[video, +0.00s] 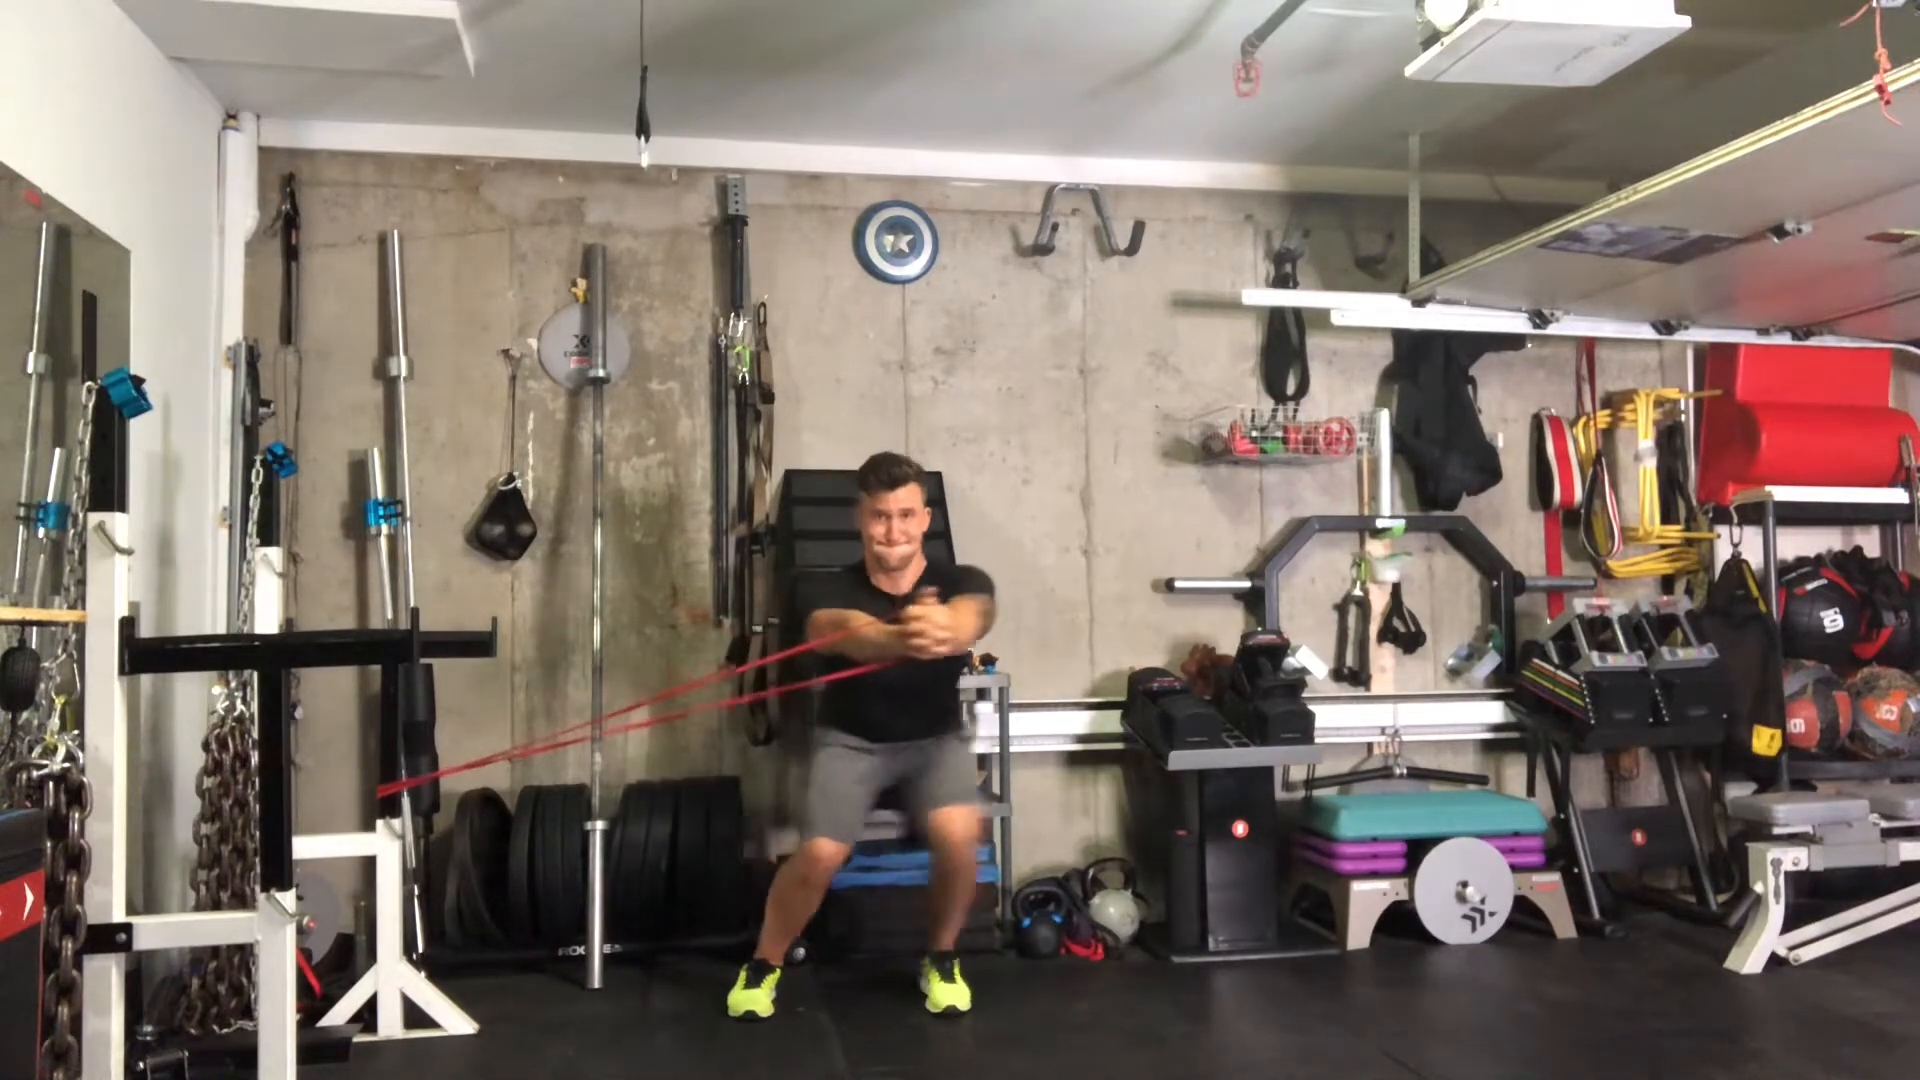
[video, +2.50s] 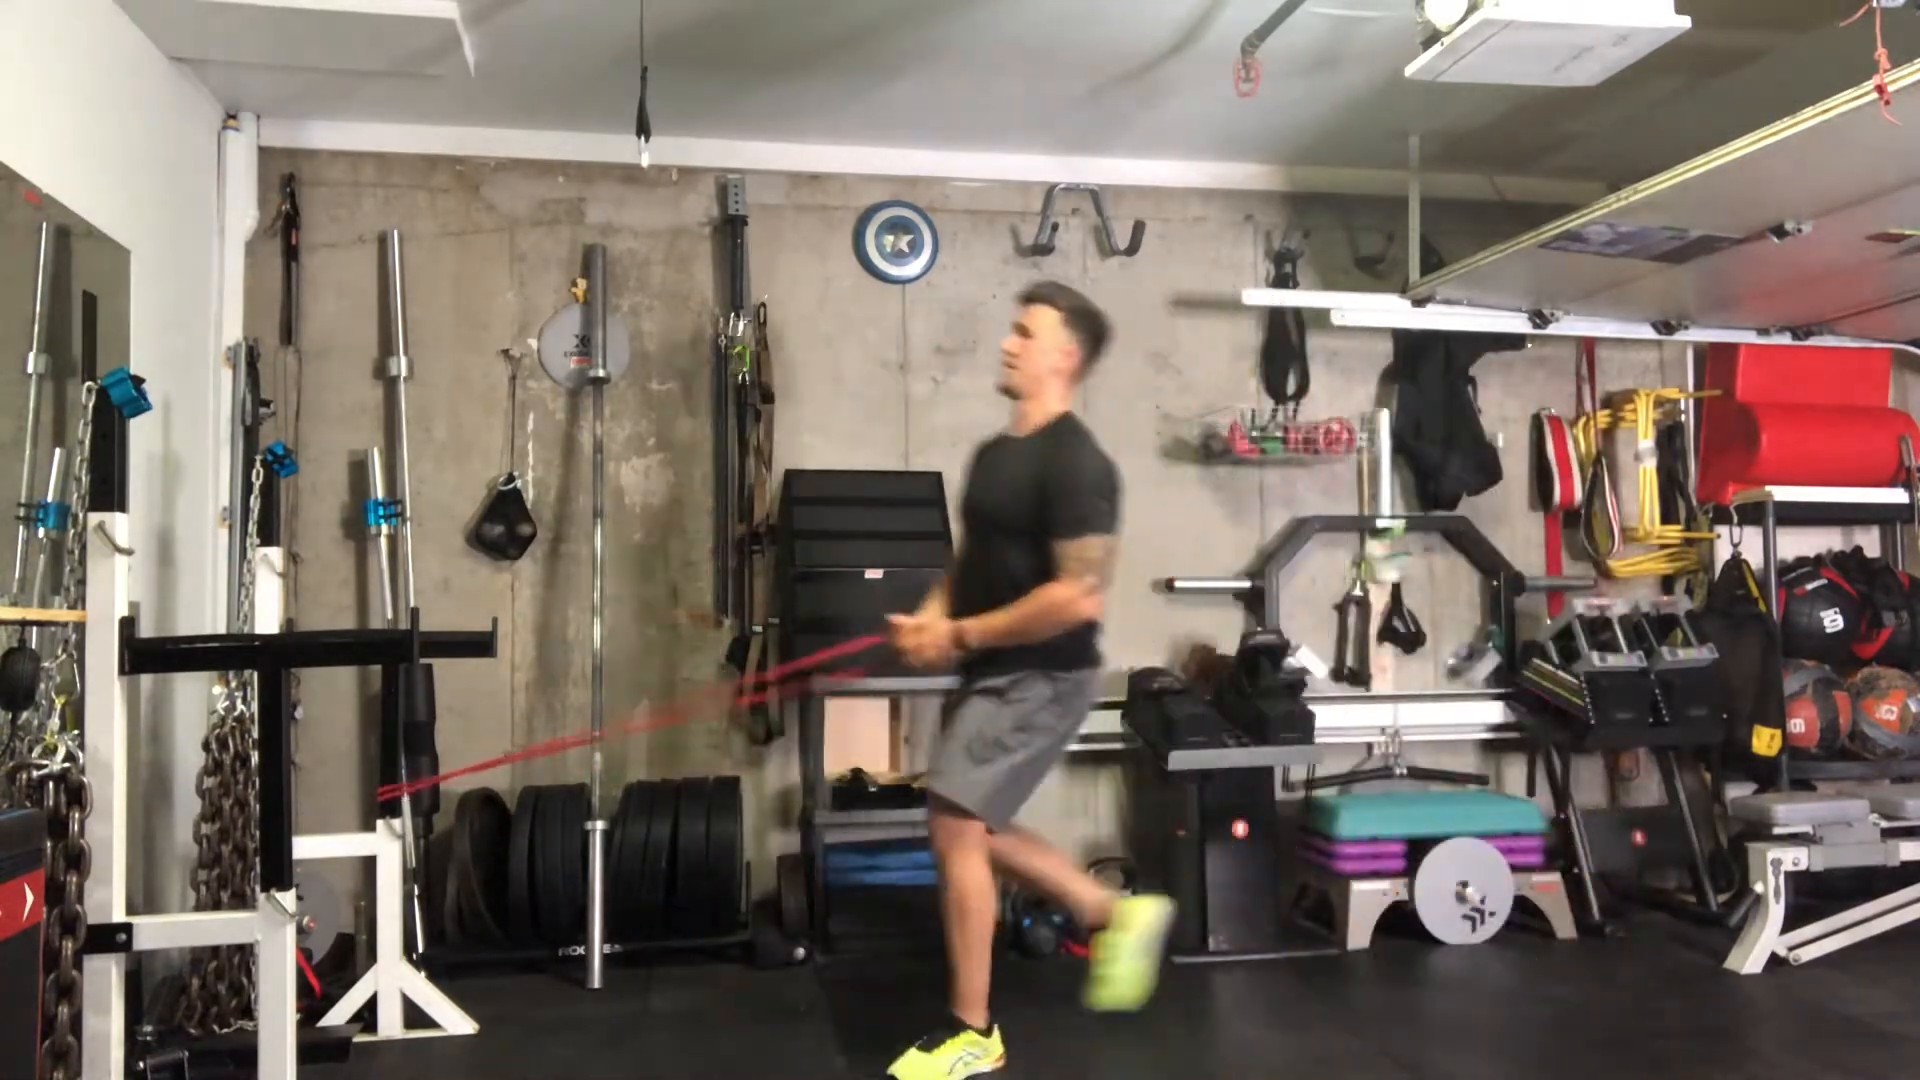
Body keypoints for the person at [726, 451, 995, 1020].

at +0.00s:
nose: (893, 531)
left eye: (905, 516)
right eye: (879, 517)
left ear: (926, 519)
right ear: (859, 520)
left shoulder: (963, 582)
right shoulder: (828, 591)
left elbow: (970, 619)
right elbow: (836, 636)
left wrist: (946, 628)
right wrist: (900, 640)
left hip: (937, 744)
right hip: (850, 744)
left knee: (959, 837)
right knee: (820, 854)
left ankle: (942, 960)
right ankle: (763, 967)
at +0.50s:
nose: (1220, 456)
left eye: (1234, 442)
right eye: (1207, 443)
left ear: (1253, 449)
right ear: (1187, 449)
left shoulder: (1275, 516)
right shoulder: (1153, 525)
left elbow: (1325, 541)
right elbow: (1211, 553)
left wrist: (1332, 535)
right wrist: (1295, 551)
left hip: (1233, 680)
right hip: (1150, 681)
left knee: (1305, 792)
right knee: (1157, 804)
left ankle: (1245, 942)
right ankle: (1112, 958)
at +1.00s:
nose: (1548, 500)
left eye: (1563, 486)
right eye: (1533, 486)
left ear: (1583, 493)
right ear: (1510, 492)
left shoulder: (1599, 556)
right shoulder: (1475, 557)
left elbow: (1642, 583)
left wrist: (1637, 575)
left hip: (1568, 724)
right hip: (1477, 722)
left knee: (1631, 826)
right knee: (1545, 824)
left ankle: (1616, 971)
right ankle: (1519, 972)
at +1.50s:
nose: (1500, 415)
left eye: (1515, 401)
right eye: (1489, 404)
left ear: (1553, 414)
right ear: (1479, 419)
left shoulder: (1597, 503)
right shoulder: (1453, 498)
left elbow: (1572, 590)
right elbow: (1403, 600)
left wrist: (1482, 627)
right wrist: (1439, 623)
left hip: (1565, 696)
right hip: (1463, 687)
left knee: (1619, 836)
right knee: (1422, 797)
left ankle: (1614, 970)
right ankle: (1389, 954)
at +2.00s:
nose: (1213, 356)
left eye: (1228, 344)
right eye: (1215, 343)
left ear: (1276, 359)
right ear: (1239, 361)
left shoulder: (1307, 452)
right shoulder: (1212, 454)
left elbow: (1262, 568)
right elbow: (1173, 545)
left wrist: (1155, 605)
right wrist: (1124, 597)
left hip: (1299, 657)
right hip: (1231, 655)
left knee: (1277, 801)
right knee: (1226, 810)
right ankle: (1265, 974)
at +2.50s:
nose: (1007, 344)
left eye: (1026, 335)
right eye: (1012, 331)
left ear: (1071, 358)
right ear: (1037, 355)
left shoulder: (1078, 462)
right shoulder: (994, 456)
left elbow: (1080, 594)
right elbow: (974, 561)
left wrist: (963, 634)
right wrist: (934, 616)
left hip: (1044, 674)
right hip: (989, 669)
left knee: (957, 824)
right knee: (969, 826)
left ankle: (972, 1031)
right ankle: (1114, 911)